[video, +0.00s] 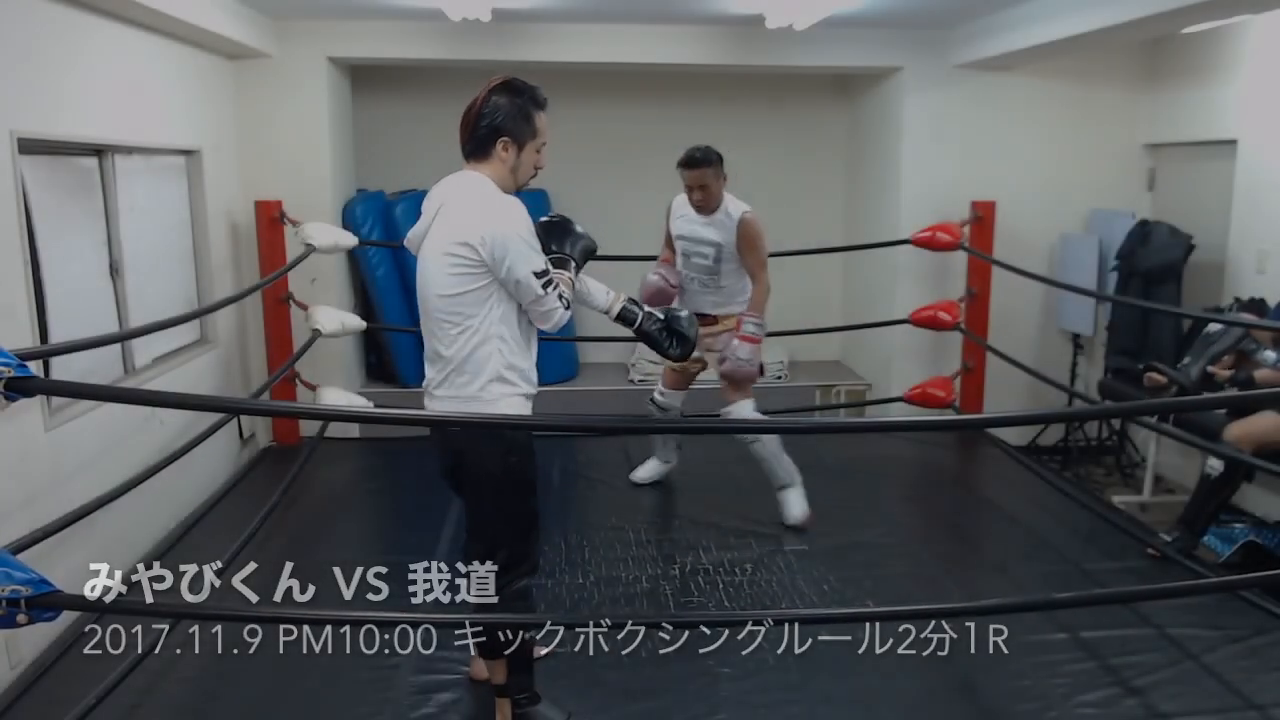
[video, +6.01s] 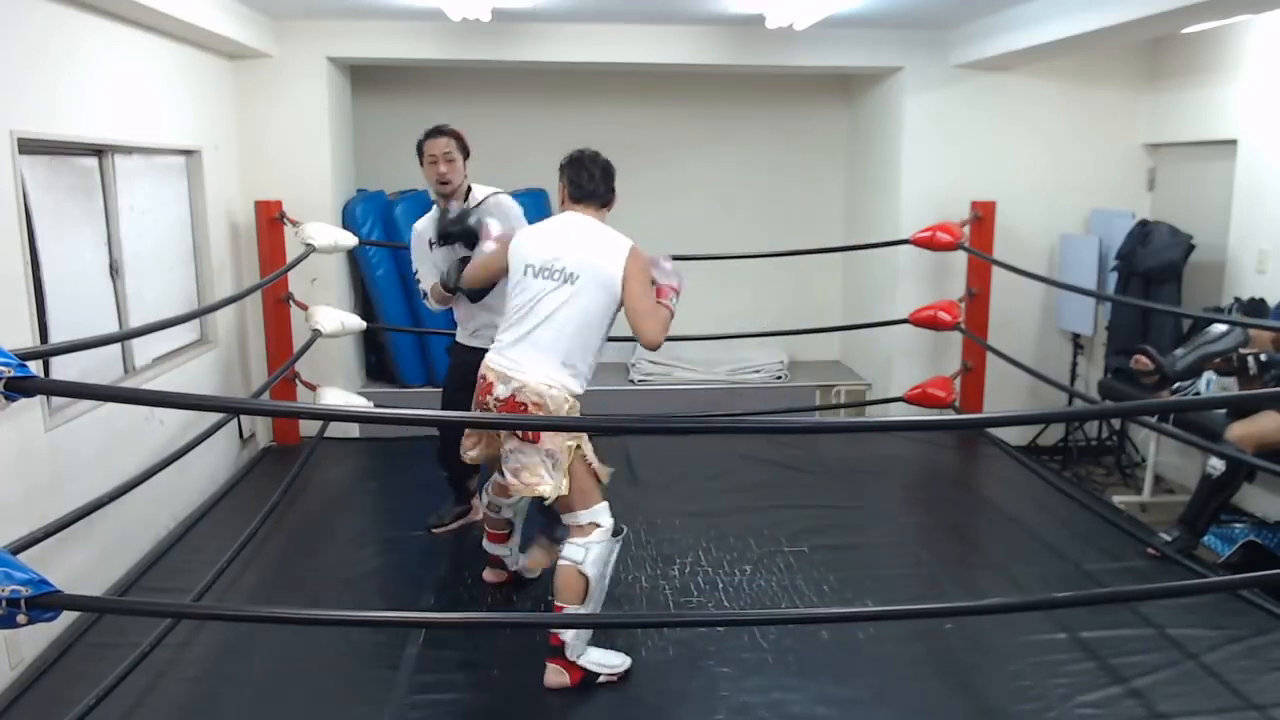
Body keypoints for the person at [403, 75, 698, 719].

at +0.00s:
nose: (541, 162)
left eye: (544, 149)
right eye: (537, 148)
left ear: (485, 142)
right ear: (505, 144)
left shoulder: (445, 195)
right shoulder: (502, 213)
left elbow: (423, 248)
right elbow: (550, 311)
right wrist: (565, 264)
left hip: (453, 405)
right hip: (492, 412)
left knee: (487, 537)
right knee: (512, 555)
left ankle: (487, 654)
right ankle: (512, 703)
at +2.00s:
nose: (540, 193)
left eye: (543, 182)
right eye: (543, 179)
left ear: (493, 160)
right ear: (528, 165)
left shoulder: (447, 209)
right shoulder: (501, 219)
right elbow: (537, 321)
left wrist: (544, 256)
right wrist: (560, 267)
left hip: (427, 400)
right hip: (471, 406)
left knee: (465, 518)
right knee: (498, 548)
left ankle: (460, 615)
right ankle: (466, 692)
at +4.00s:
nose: (488, 177)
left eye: (487, 167)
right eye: (478, 169)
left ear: (452, 175)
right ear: (444, 175)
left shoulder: (470, 228)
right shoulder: (411, 234)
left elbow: (469, 300)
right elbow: (433, 328)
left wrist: (505, 262)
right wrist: (491, 283)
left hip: (457, 383)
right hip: (410, 389)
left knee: (514, 460)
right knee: (403, 507)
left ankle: (510, 550)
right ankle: (351, 610)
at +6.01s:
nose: (442, 170)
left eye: (450, 159)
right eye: (432, 162)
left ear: (466, 162)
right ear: (423, 170)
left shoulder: (501, 206)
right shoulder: (422, 231)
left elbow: (524, 264)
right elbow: (434, 297)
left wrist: (478, 257)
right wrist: (442, 291)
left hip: (518, 338)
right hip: (470, 342)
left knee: (527, 427)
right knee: (451, 431)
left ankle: (546, 518)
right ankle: (467, 503)